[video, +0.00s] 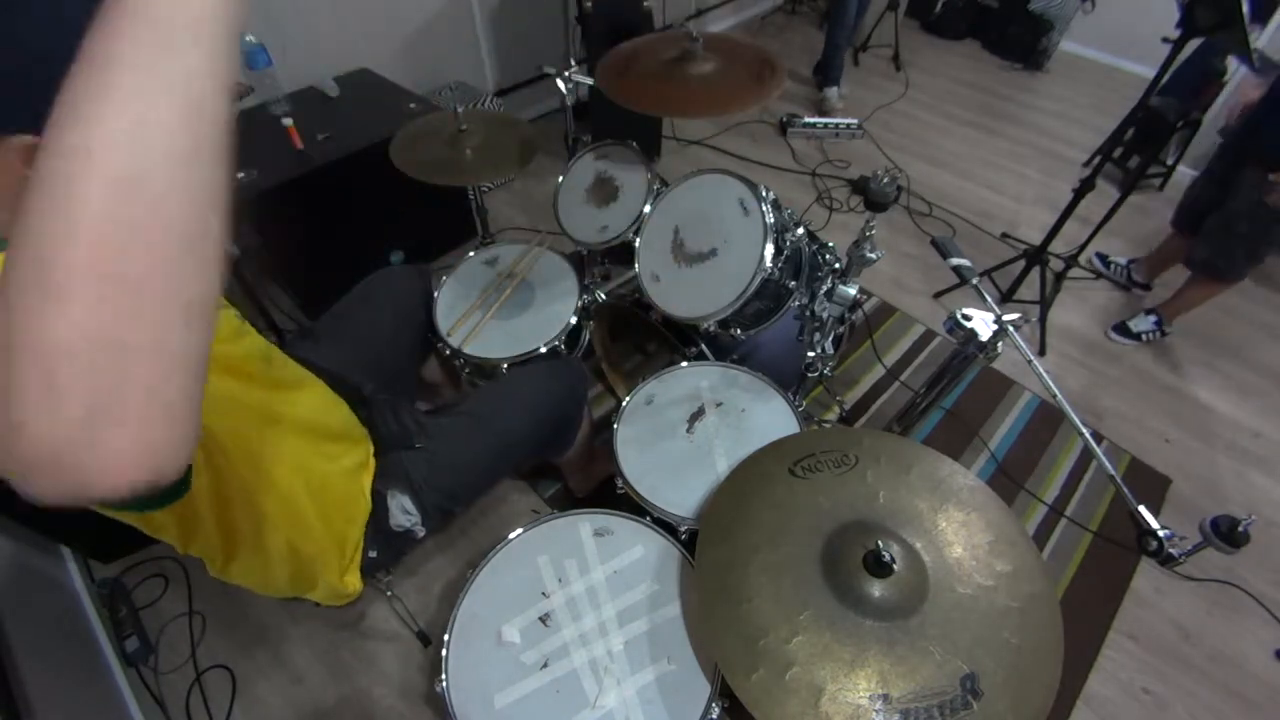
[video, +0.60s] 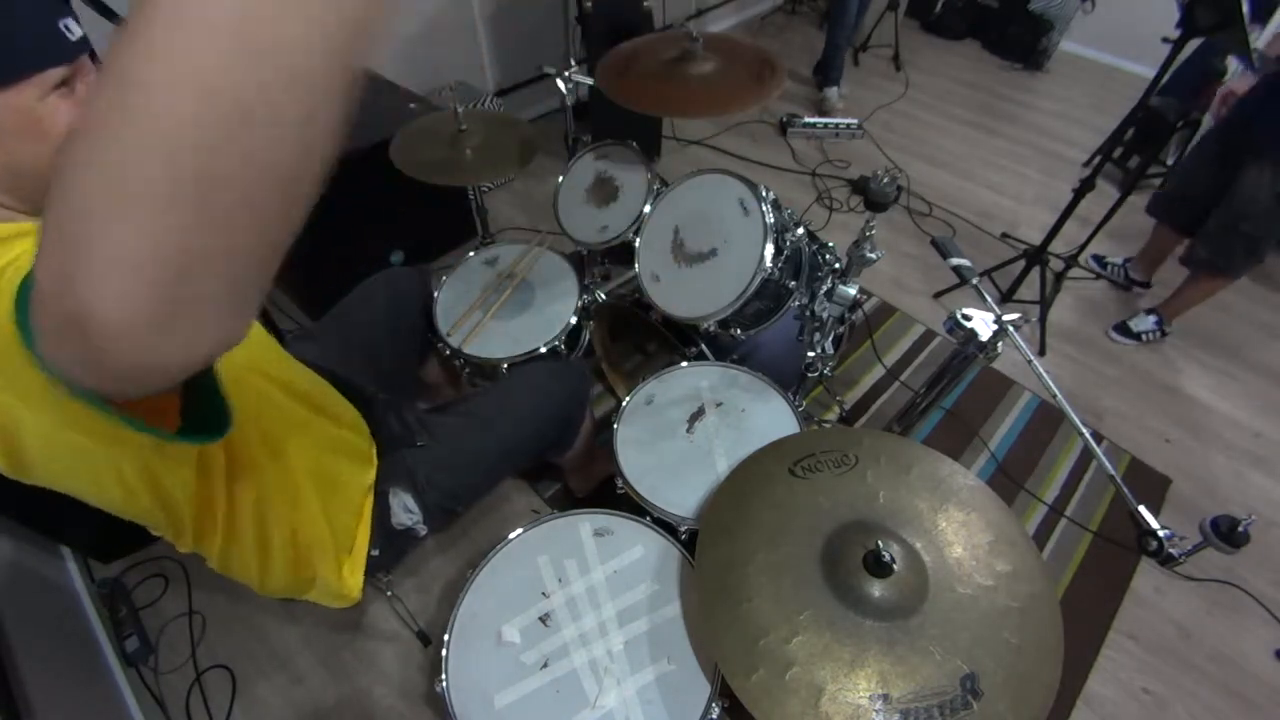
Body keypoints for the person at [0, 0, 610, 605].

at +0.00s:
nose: (36, 169)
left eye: (32, 162)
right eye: (29, 169)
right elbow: (105, 450)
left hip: (293, 395)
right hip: (355, 510)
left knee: (406, 280)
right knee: (561, 371)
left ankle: (423, 403)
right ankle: (567, 473)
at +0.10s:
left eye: (80, 124)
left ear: (23, 161)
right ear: (24, 163)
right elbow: (124, 393)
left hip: (284, 387)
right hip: (346, 507)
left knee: (406, 282)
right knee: (560, 375)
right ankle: (566, 472)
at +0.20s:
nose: (111, 114)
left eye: (103, 99)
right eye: (89, 103)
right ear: (9, 133)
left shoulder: (40, 242)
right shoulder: (27, 303)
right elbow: (135, 311)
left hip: (289, 395)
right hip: (346, 506)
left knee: (410, 284)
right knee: (563, 378)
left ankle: (419, 402)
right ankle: (568, 472)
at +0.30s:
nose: (116, 104)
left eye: (105, 82)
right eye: (78, 92)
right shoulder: (35, 279)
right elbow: (155, 246)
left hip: (282, 397)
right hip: (344, 509)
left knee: (410, 284)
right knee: (565, 376)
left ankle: (434, 400)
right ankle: (575, 472)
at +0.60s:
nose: (100, 105)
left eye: (89, 77)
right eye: (67, 89)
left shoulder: (40, 242)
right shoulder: (31, 299)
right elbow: (133, 321)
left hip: (287, 400)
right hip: (343, 509)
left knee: (404, 287)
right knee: (560, 369)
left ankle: (426, 396)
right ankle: (568, 474)